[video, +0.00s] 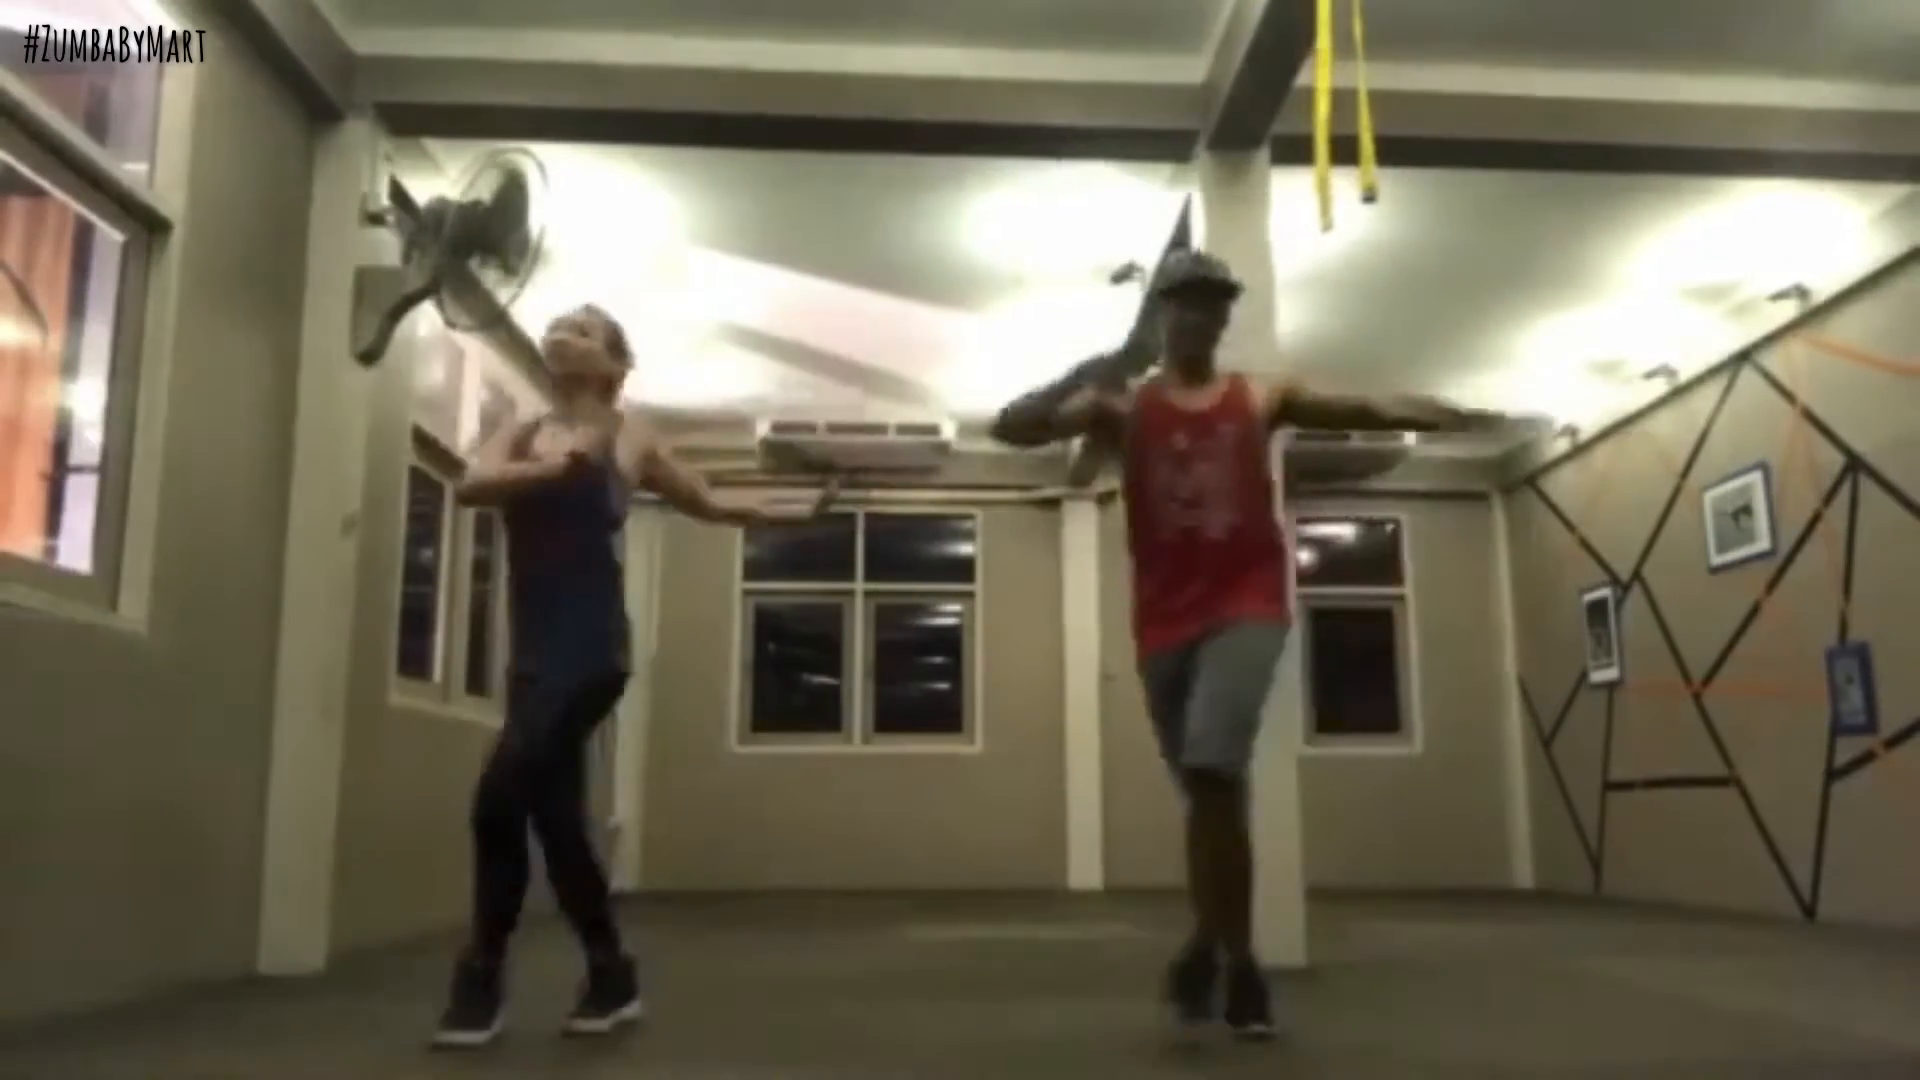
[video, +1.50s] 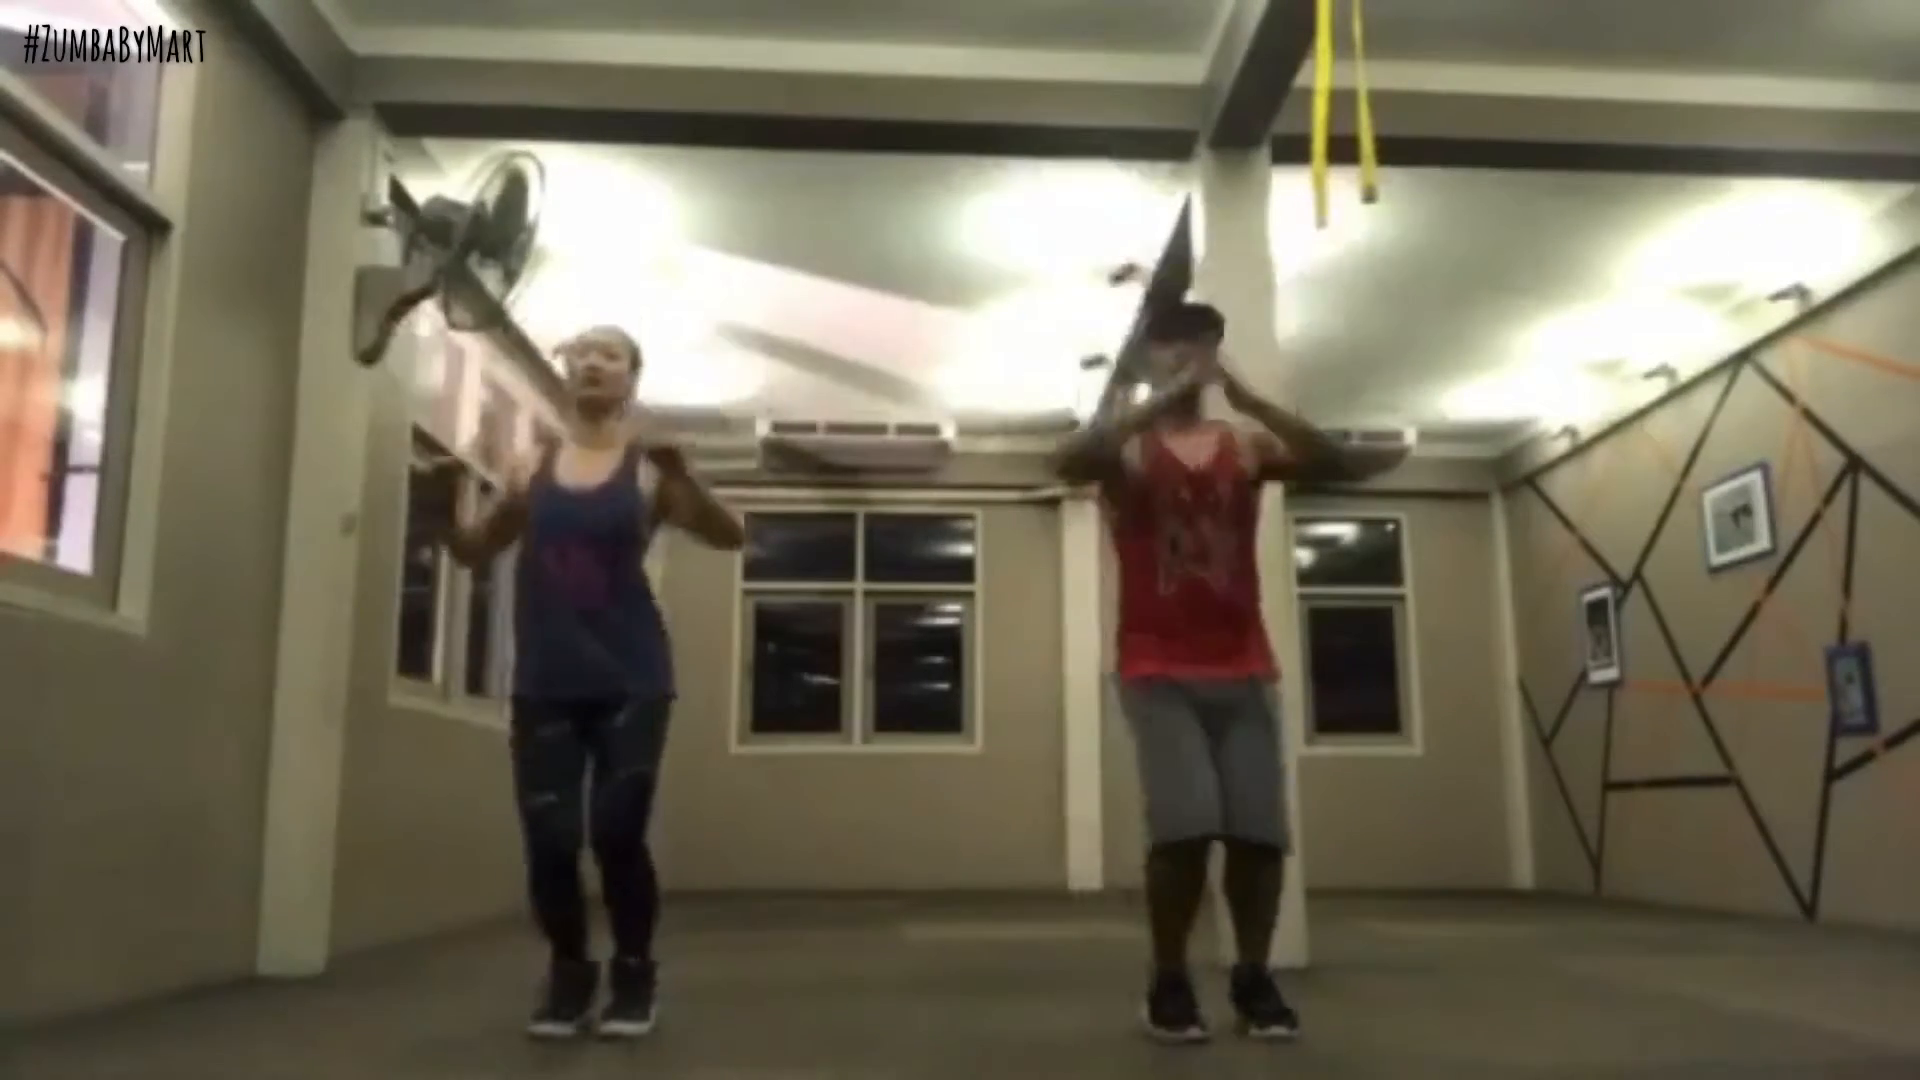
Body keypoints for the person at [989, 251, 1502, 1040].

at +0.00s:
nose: (1201, 320)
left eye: (1213, 308)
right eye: (1187, 307)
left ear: (1227, 317)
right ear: (1159, 316)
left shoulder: (1257, 397)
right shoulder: (1125, 408)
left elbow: (1362, 409)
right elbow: (1011, 427)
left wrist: (1440, 415)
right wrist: (1081, 389)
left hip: (1248, 605)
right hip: (1166, 618)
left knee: (1211, 767)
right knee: (1208, 790)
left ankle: (1207, 947)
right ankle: (1241, 970)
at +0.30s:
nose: (1134, 321)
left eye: (1147, 308)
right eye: (1120, 307)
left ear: (1168, 314)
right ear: (1096, 314)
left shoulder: (1201, 392)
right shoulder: (1061, 391)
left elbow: (1296, 410)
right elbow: (956, 383)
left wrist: (1369, 386)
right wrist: (877, 353)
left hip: (1165, 627)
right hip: (1075, 621)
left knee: (1157, 802)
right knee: (1015, 763)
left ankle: (1143, 988)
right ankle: (1079, 908)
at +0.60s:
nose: (1090, 340)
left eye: (1102, 326)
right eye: (1076, 325)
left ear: (1122, 336)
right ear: (1048, 334)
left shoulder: (1143, 429)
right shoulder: (1013, 410)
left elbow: (1244, 477)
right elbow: (903, 395)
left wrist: (1165, 431)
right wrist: (800, 384)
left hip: (1103, 647)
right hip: (1011, 650)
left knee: (1127, 801)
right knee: (977, 819)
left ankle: (1135, 986)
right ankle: (945, 977)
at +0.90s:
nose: (1109, 338)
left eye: (1127, 324)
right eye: (1097, 322)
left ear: (1150, 334)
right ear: (1073, 327)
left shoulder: (1165, 409)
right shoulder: (1028, 394)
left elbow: (1277, 427)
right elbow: (918, 389)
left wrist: (1380, 400)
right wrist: (944, 314)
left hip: (1146, 633)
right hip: (1051, 637)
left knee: (1193, 794)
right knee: (1010, 807)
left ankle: (1242, 936)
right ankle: (950, 968)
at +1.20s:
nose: (1151, 298)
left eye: (1166, 285)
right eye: (1143, 283)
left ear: (1191, 300)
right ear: (1122, 297)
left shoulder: (1225, 377)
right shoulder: (1095, 384)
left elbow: (1339, 352)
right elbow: (999, 333)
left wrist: (1436, 314)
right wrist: (982, 241)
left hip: (1219, 624)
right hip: (1128, 627)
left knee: (1252, 798)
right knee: (1100, 796)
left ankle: (1271, 966)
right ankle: (1063, 965)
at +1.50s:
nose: (1184, 361)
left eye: (1195, 348)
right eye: (1169, 348)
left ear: (1214, 358)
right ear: (1146, 360)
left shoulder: (1245, 444)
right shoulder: (1127, 447)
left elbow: (1327, 458)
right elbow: (1073, 461)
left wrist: (1248, 398)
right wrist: (1159, 398)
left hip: (1240, 667)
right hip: (1156, 669)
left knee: (1259, 828)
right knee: (1187, 822)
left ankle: (1253, 978)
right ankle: (1170, 981)